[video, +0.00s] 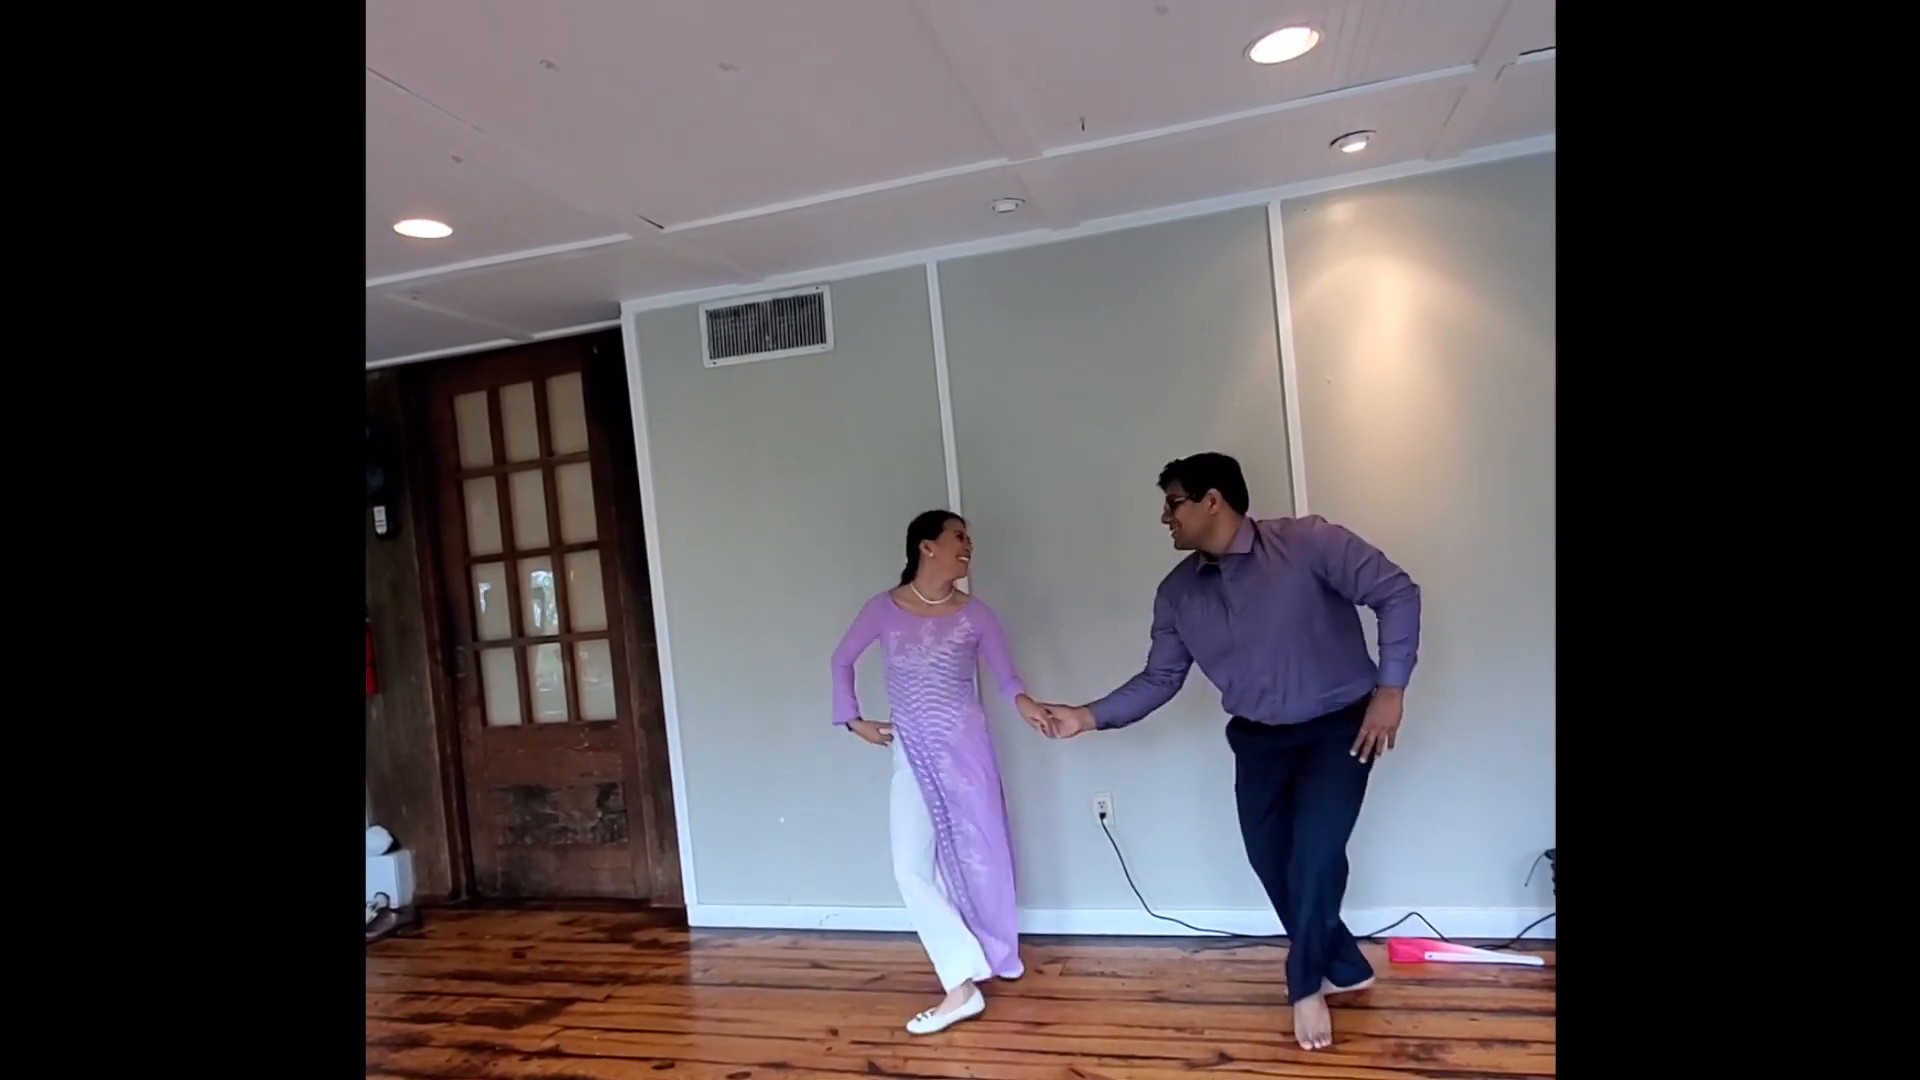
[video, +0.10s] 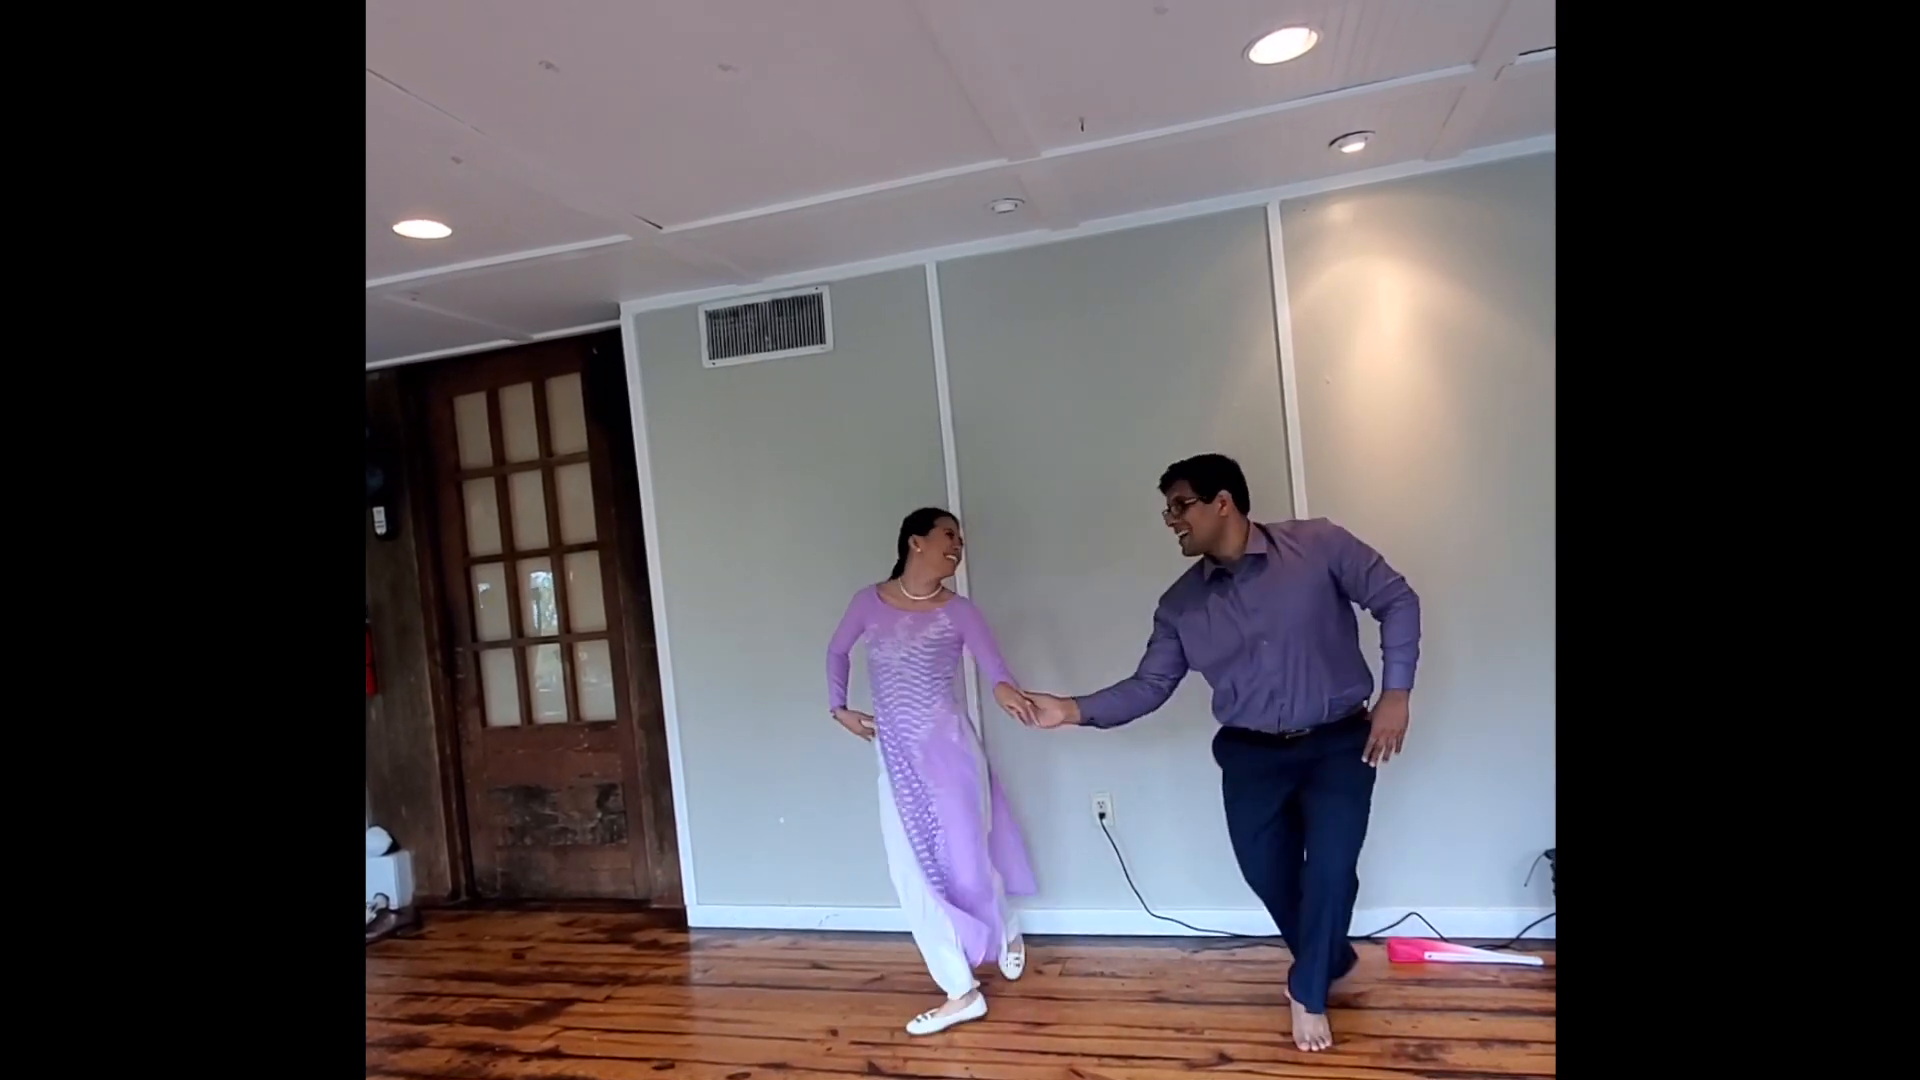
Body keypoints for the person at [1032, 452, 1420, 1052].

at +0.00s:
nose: (1165, 519)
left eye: (1173, 506)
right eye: (1164, 508)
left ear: (1214, 502)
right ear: (1202, 507)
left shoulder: (1307, 542)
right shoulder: (1179, 593)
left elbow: (1398, 592)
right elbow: (1160, 678)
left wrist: (1391, 692)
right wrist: (1087, 715)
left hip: (1337, 723)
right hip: (1257, 736)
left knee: (1317, 852)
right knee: (1269, 859)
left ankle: (1306, 988)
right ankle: (1345, 964)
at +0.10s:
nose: (1172, 522)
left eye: (1181, 507)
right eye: (1169, 512)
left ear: (1224, 502)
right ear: (1209, 511)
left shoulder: (1319, 544)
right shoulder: (1181, 605)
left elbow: (1397, 600)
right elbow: (1150, 686)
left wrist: (1395, 695)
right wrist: (1073, 708)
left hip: (1336, 738)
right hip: (1251, 750)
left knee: (1333, 867)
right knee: (1268, 874)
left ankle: (1307, 995)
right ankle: (1332, 957)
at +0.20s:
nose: (1181, 515)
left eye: (1192, 501)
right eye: (1176, 506)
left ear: (1235, 500)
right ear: (1181, 516)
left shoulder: (1321, 546)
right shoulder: (1179, 599)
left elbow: (1392, 605)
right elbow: (1133, 667)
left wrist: (1399, 693)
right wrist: (1052, 683)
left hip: (1334, 742)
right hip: (1248, 753)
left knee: (1336, 873)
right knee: (1268, 879)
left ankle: (1312, 997)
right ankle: (1301, 950)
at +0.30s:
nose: (1186, 496)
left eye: (1198, 480)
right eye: (1179, 487)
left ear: (1242, 482)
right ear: (1183, 499)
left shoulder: (1319, 531)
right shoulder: (1178, 573)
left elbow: (1378, 591)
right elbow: (1112, 619)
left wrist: (1395, 676)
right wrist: (1024, 639)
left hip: (1329, 730)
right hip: (1246, 739)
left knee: (1331, 867)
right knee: (1273, 868)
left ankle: (1311, 995)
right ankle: (1294, 954)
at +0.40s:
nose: (1192, 484)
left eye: (1203, 469)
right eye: (1184, 477)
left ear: (1247, 470)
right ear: (1186, 489)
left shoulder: (1318, 514)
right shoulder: (1189, 549)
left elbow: (1365, 575)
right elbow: (1125, 588)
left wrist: (1380, 657)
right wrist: (1039, 599)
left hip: (1318, 713)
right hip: (1238, 721)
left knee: (1332, 840)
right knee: (1262, 852)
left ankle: (1291, 976)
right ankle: (1285, 960)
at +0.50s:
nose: (1206, 491)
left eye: (1217, 476)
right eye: (1197, 484)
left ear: (1260, 473)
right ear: (1197, 494)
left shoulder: (1322, 521)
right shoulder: (1199, 555)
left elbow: (1356, 581)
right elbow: (1152, 596)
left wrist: (1364, 658)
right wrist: (1103, 597)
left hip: (1305, 725)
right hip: (1226, 732)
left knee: (1313, 850)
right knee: (1252, 859)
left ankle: (1268, 979)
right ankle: (1281, 962)